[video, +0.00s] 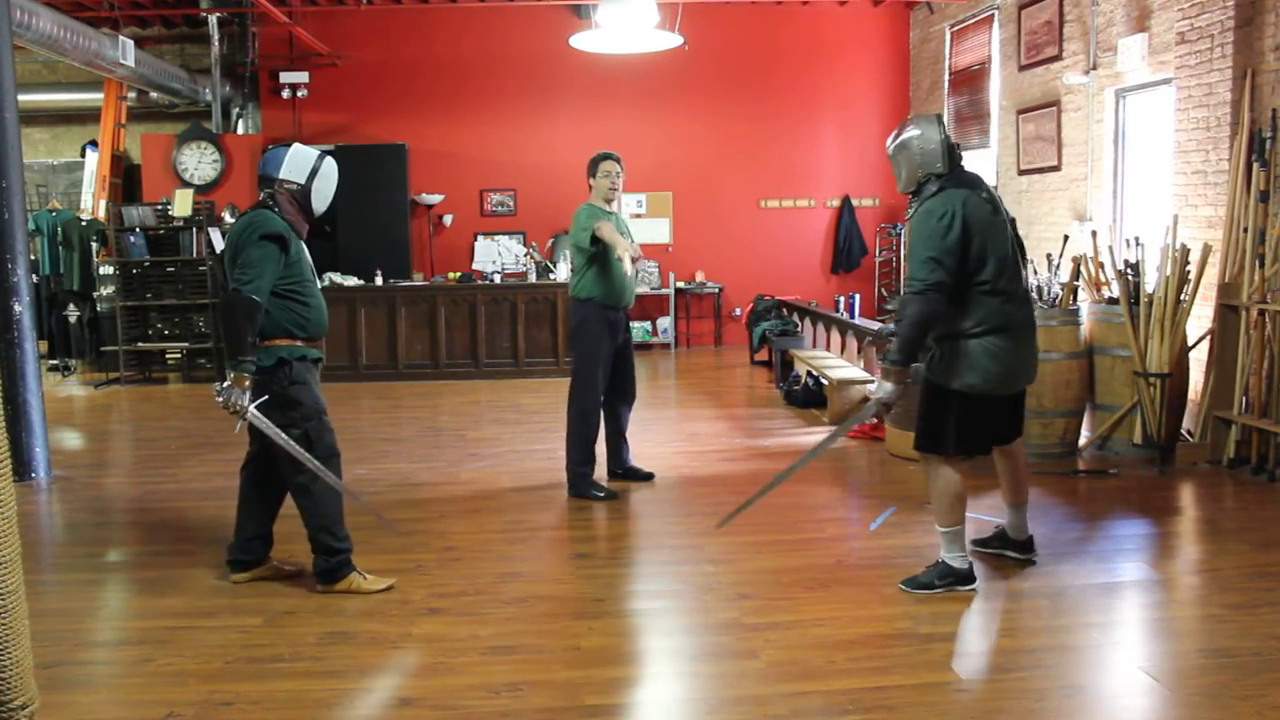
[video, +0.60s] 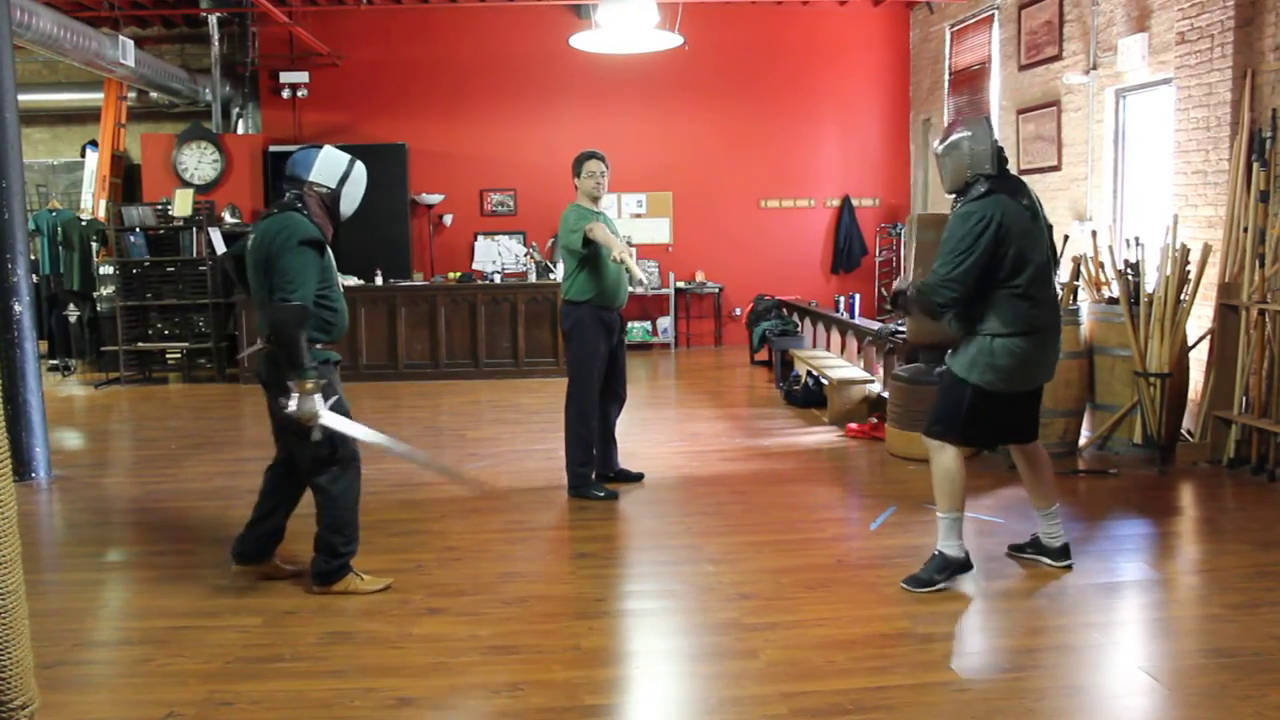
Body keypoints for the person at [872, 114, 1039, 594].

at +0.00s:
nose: (894, 172)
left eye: (897, 160)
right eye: (894, 161)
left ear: (917, 158)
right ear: (941, 154)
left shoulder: (938, 208)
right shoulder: (982, 199)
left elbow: (927, 294)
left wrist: (895, 367)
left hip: (969, 352)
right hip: (1010, 348)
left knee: (940, 453)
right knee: (1006, 440)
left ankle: (954, 563)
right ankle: (1018, 535)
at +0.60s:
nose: (940, 170)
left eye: (945, 159)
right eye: (940, 160)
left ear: (968, 157)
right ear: (982, 156)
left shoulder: (978, 209)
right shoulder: (1019, 196)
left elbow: (945, 289)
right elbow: (1042, 265)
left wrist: (909, 295)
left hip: (996, 345)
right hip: (1035, 341)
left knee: (940, 437)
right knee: (1024, 439)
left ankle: (950, 552)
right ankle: (1053, 541)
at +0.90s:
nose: (911, 177)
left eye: (914, 167)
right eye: (911, 168)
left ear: (933, 169)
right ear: (962, 165)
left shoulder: (937, 222)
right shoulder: (1004, 201)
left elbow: (884, 287)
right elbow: (1040, 262)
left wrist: (906, 241)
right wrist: (1007, 295)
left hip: (970, 351)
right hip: (1022, 346)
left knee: (909, 435)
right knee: (1019, 440)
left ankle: (907, 551)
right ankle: (1052, 540)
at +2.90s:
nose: (874, 192)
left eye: (876, 182)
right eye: (873, 183)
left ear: (892, 180)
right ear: (923, 172)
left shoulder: (904, 228)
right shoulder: (967, 204)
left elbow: (850, 298)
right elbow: (1009, 251)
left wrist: (886, 273)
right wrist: (995, 296)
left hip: (952, 352)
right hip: (1005, 344)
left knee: (892, 436)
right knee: (1012, 438)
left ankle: (910, 553)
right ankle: (1052, 538)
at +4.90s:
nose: (881, 193)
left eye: (883, 182)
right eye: (881, 183)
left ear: (901, 179)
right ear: (928, 172)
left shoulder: (911, 228)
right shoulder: (976, 207)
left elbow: (859, 297)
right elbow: (1017, 262)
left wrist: (890, 275)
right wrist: (990, 300)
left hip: (954, 355)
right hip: (1009, 349)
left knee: (898, 440)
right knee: (1015, 441)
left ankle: (912, 556)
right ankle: (1054, 540)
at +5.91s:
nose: (880, 184)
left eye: (883, 173)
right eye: (880, 174)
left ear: (899, 173)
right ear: (928, 167)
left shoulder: (911, 222)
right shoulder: (972, 204)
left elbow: (858, 291)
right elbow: (1010, 251)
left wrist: (895, 267)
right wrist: (994, 299)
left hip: (945, 353)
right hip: (997, 348)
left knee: (883, 433)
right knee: (980, 439)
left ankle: (907, 544)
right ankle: (1022, 538)